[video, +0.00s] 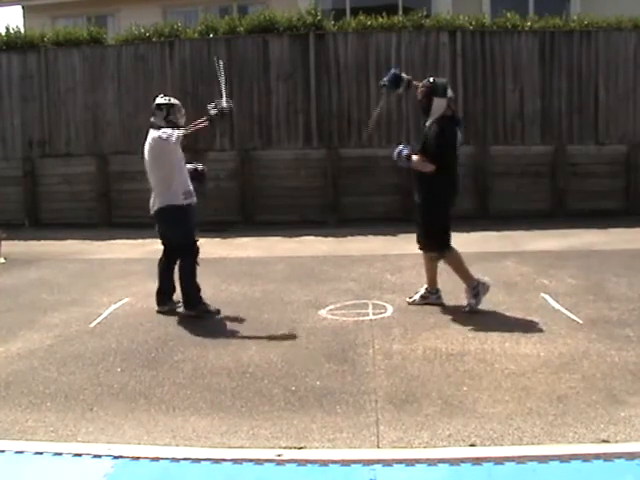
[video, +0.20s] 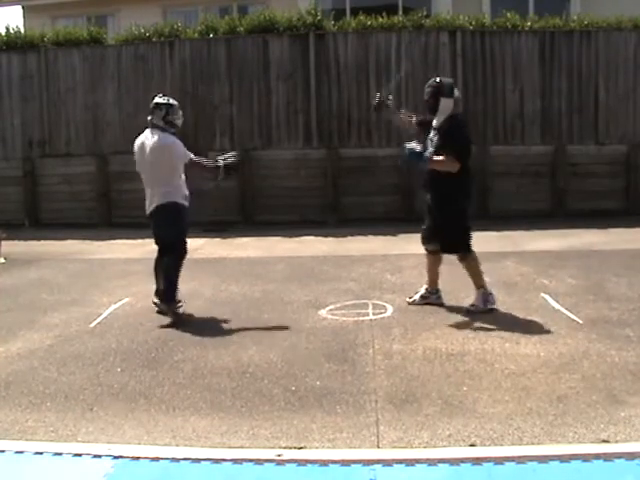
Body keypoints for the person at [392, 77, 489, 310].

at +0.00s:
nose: (419, 100)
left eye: (423, 96)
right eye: (420, 96)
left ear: (433, 100)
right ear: (440, 100)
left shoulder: (439, 127)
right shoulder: (443, 120)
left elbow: (430, 164)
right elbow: (429, 93)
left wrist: (407, 158)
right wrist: (407, 82)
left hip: (436, 194)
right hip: (431, 192)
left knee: (439, 243)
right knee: (428, 241)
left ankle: (474, 285)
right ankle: (431, 289)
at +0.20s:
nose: (427, 101)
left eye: (431, 96)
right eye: (427, 96)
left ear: (443, 100)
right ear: (441, 100)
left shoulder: (455, 125)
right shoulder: (437, 123)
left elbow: (454, 164)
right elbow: (411, 122)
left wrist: (424, 159)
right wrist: (388, 110)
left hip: (451, 198)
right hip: (438, 196)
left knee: (459, 247)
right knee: (432, 243)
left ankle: (483, 293)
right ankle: (431, 290)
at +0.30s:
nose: (433, 103)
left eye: (438, 98)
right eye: (433, 98)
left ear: (451, 100)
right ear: (444, 100)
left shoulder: (465, 125)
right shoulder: (442, 125)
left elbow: (459, 160)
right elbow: (419, 148)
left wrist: (432, 148)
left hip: (465, 199)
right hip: (447, 198)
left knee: (474, 247)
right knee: (439, 243)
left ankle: (486, 295)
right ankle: (433, 290)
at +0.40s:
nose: (437, 101)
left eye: (441, 97)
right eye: (436, 96)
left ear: (456, 99)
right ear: (440, 100)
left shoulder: (469, 125)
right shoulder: (446, 124)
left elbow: (461, 156)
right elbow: (431, 151)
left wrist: (435, 140)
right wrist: (411, 167)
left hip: (473, 198)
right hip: (452, 197)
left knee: (479, 246)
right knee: (442, 241)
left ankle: (486, 295)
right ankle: (435, 289)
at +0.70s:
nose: (440, 105)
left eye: (444, 100)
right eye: (439, 100)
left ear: (458, 101)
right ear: (448, 101)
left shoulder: (474, 127)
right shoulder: (449, 127)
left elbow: (484, 159)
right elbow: (446, 163)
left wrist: (456, 167)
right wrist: (421, 174)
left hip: (471, 200)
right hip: (450, 197)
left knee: (475, 248)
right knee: (436, 241)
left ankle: (486, 296)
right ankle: (436, 290)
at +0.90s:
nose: (439, 107)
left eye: (443, 101)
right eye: (440, 101)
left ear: (455, 102)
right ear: (446, 102)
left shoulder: (471, 129)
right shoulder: (446, 128)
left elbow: (479, 160)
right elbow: (434, 158)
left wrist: (456, 182)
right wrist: (410, 168)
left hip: (465, 199)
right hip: (442, 196)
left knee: (471, 250)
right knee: (421, 239)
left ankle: (486, 296)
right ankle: (413, 287)